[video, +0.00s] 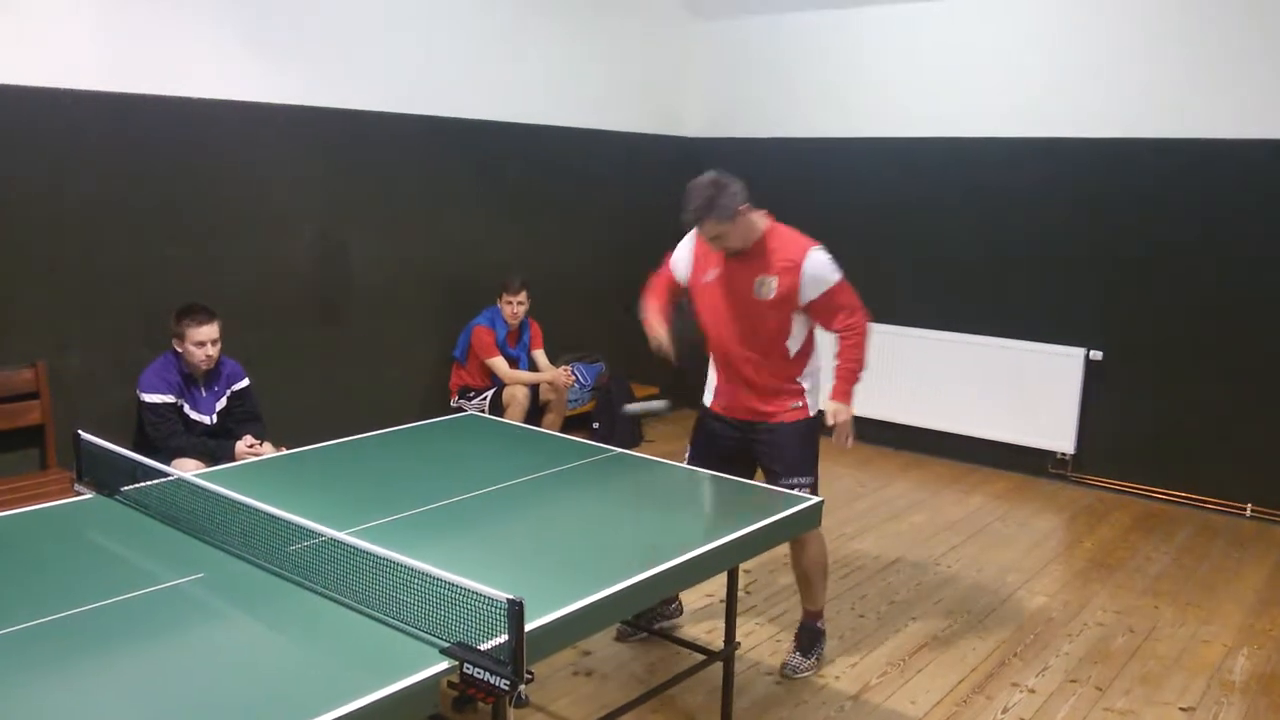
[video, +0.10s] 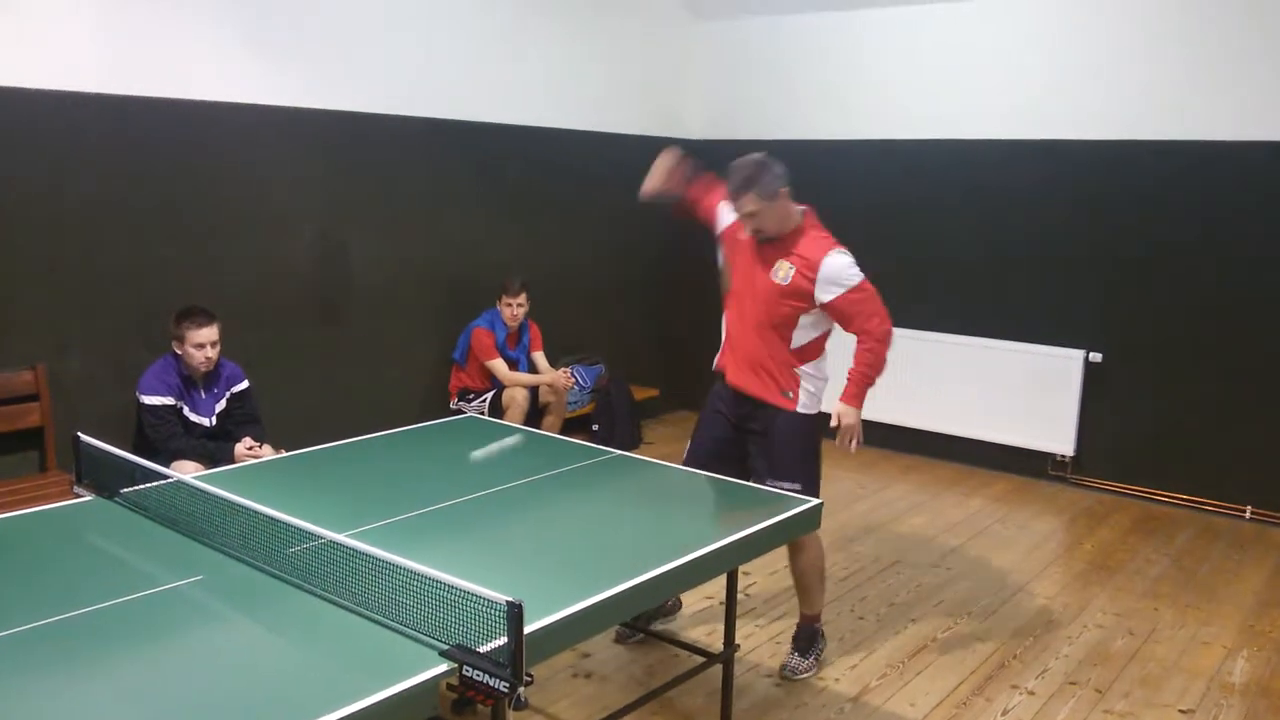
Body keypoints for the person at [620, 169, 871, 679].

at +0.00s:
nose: (713, 244)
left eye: (719, 235)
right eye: (706, 236)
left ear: (747, 214)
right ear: (701, 226)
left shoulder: (801, 258)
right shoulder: (698, 245)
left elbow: (852, 320)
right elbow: (659, 286)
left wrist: (841, 397)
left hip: (786, 413)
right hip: (723, 406)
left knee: (800, 522)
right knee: (689, 504)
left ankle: (812, 629)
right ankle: (664, 597)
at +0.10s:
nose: (747, 221)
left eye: (754, 211)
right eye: (742, 213)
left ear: (784, 197)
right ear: (737, 205)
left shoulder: (825, 259)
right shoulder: (735, 222)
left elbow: (876, 328)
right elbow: (702, 191)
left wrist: (852, 399)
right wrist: (674, 172)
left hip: (788, 411)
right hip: (729, 393)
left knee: (798, 523)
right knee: (687, 499)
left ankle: (809, 631)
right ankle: (660, 594)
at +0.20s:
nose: (763, 220)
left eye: (771, 209)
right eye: (759, 210)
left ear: (805, 198)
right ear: (770, 198)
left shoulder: (831, 267)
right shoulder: (797, 210)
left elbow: (870, 345)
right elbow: (799, 163)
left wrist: (844, 412)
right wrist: (783, 120)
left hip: (793, 408)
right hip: (739, 382)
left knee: (797, 523)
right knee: (685, 483)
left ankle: (808, 632)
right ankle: (657, 586)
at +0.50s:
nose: (796, 203)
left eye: (806, 194)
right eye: (791, 193)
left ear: (838, 190)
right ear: (789, 191)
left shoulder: (866, 255)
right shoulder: (798, 234)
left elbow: (885, 333)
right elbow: (797, 307)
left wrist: (834, 379)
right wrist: (775, 363)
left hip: (820, 412)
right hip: (766, 392)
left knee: (818, 518)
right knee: (734, 477)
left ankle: (813, 629)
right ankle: (790, 534)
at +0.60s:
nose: (799, 204)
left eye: (810, 195)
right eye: (794, 194)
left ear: (839, 193)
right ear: (791, 193)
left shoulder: (868, 253)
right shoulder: (783, 245)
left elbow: (901, 321)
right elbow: (763, 313)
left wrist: (862, 374)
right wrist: (729, 370)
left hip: (828, 409)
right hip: (779, 399)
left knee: (820, 515)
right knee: (777, 494)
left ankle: (811, 628)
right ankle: (838, 547)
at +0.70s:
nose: (791, 213)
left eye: (801, 205)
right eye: (787, 205)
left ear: (832, 205)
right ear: (785, 205)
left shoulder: (860, 264)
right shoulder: (776, 256)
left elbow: (903, 329)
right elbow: (740, 295)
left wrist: (889, 386)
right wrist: (697, 313)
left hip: (835, 408)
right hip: (787, 403)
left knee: (806, 506)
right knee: (810, 493)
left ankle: (805, 626)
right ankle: (848, 557)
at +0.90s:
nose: (782, 201)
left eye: (792, 193)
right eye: (778, 193)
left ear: (820, 195)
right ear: (775, 196)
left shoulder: (851, 255)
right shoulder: (770, 244)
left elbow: (882, 325)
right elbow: (728, 282)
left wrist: (902, 383)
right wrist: (712, 247)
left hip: (827, 396)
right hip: (783, 391)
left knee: (786, 491)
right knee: (806, 482)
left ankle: (781, 606)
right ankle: (844, 556)